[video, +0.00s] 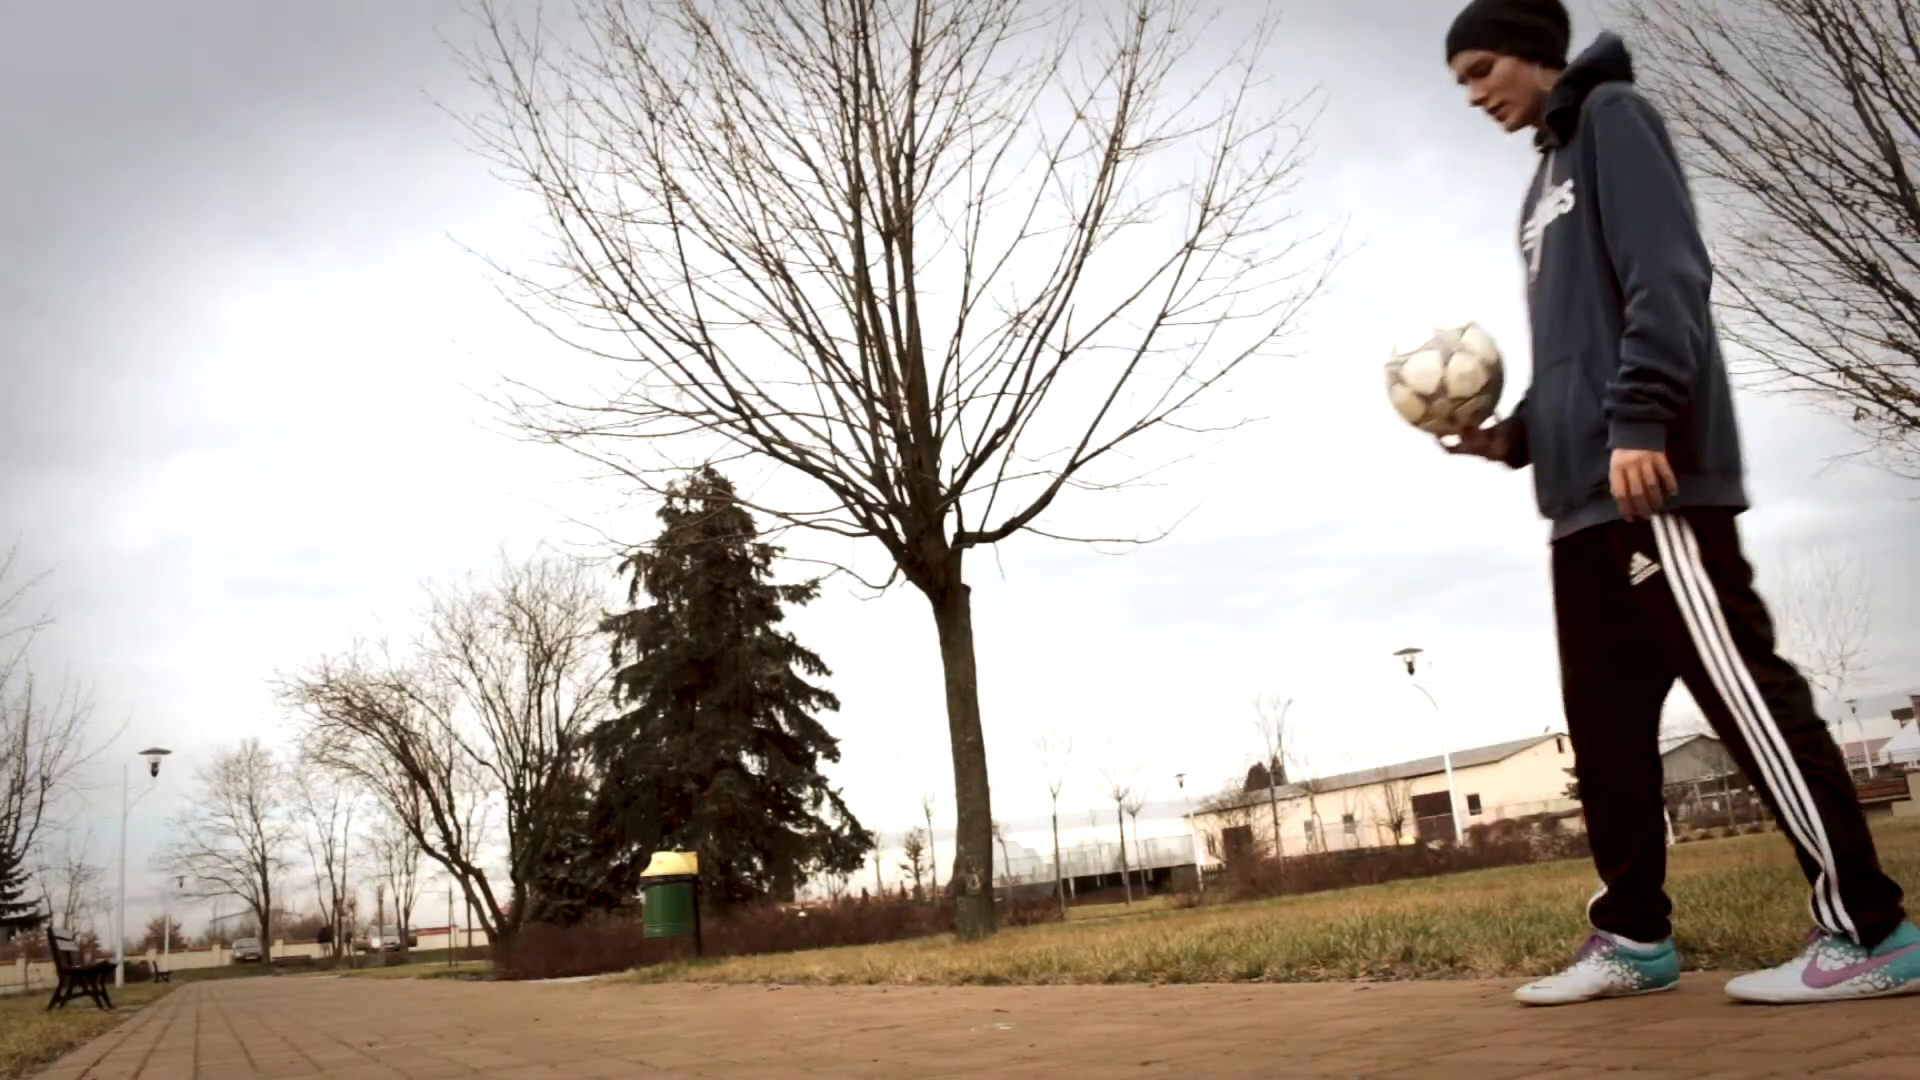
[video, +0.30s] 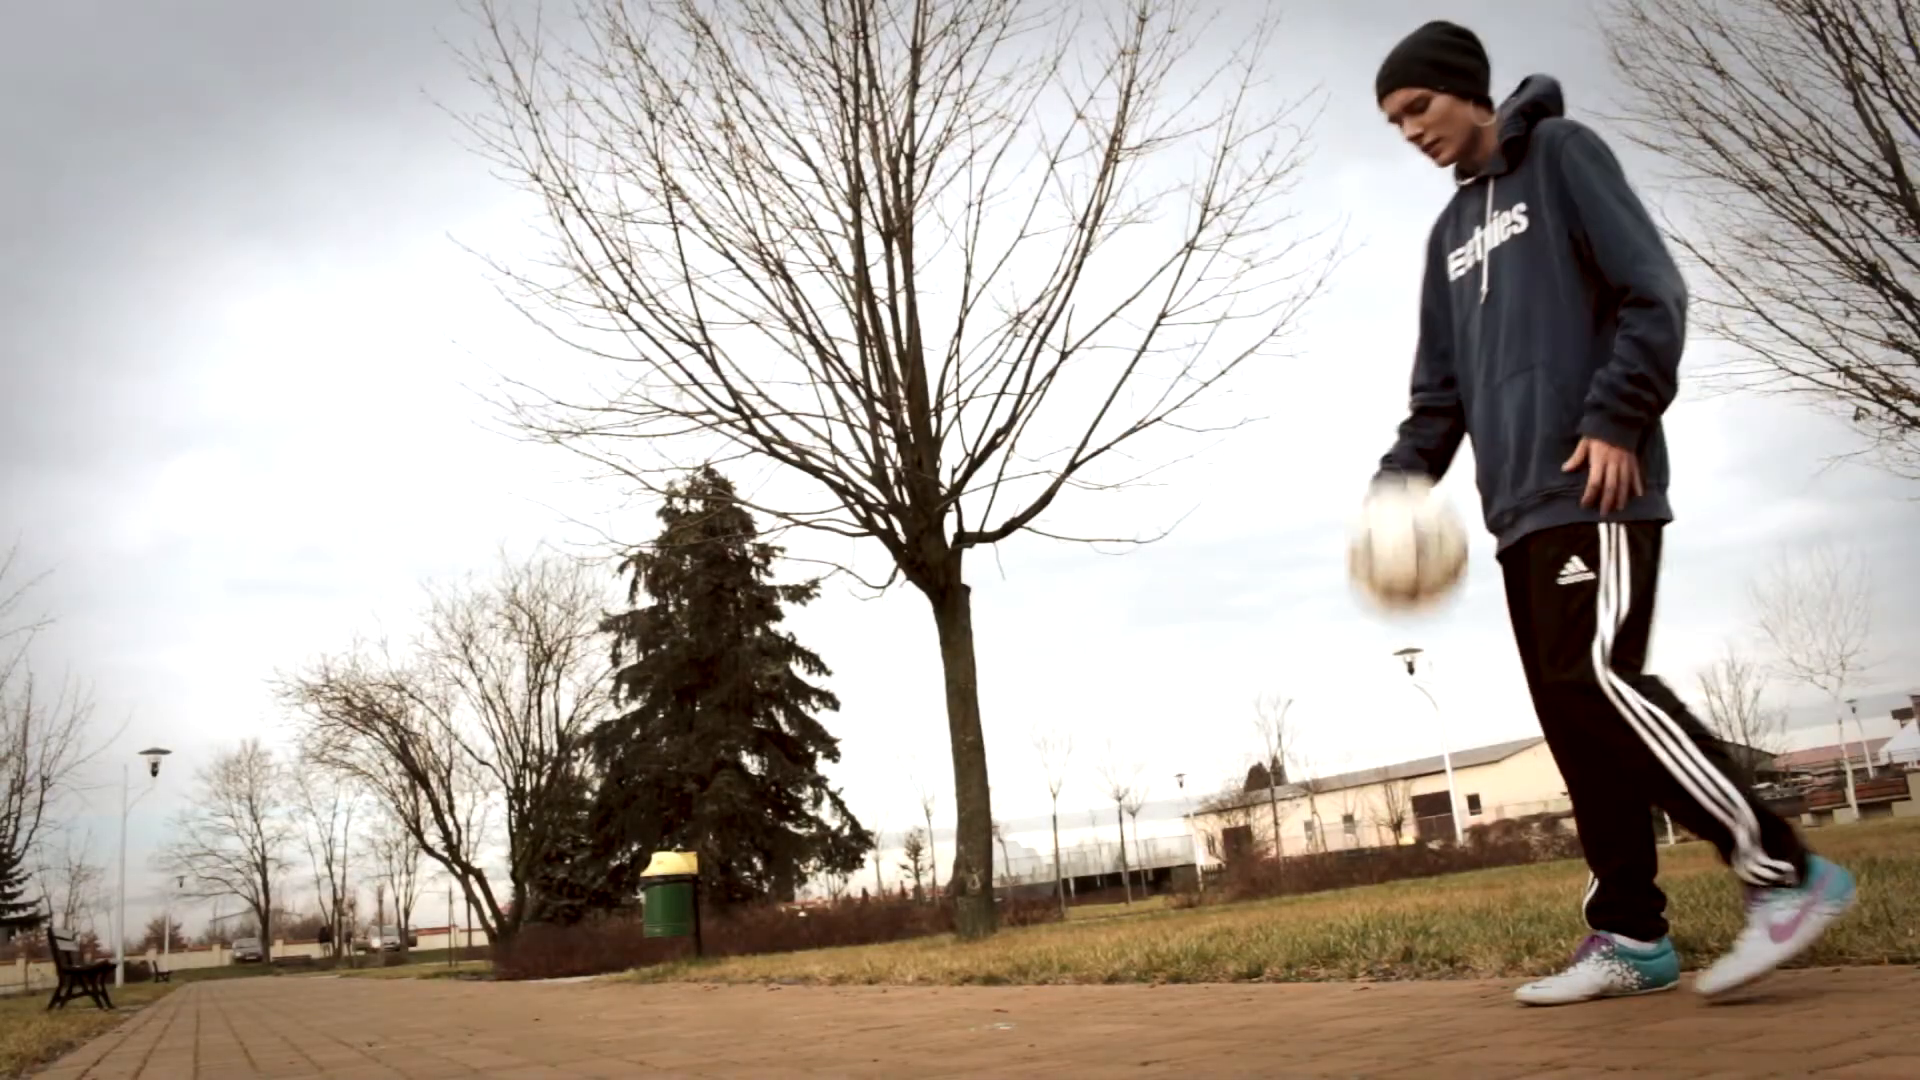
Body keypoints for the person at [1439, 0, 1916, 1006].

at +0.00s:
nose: (1476, 96)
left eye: (1481, 71)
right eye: (1465, 85)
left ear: (1533, 49)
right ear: (1483, 88)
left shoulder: (1612, 116)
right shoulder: (1544, 174)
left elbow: (1665, 273)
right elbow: (1576, 346)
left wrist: (1642, 419)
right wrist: (1519, 431)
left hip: (1657, 475)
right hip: (1587, 495)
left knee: (1750, 699)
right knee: (1605, 724)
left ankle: (1870, 930)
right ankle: (1633, 937)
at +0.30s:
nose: (1413, 132)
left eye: (1420, 108)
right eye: (1399, 122)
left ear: (1469, 86)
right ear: (1406, 130)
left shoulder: (1560, 152)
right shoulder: (1448, 233)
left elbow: (1654, 297)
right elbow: (1440, 395)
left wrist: (1616, 421)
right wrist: (1394, 489)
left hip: (1596, 480)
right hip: (1519, 503)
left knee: (1602, 681)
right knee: (1569, 708)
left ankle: (1788, 876)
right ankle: (1631, 935)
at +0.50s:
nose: (1396, 142)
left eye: (1403, 118)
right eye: (1381, 133)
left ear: (1449, 96)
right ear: (1383, 142)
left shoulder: (1541, 162)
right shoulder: (1421, 241)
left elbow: (1613, 305)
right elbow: (1413, 386)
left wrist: (1620, 440)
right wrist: (1374, 480)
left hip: (1581, 485)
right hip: (1501, 512)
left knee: (1580, 692)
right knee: (1553, 710)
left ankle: (1654, 929)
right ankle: (1617, 930)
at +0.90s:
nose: (1390, 145)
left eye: (1399, 121)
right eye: (1375, 136)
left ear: (1445, 102)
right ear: (1376, 145)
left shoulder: (1529, 170)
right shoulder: (1418, 231)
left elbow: (1582, 316)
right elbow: (1439, 369)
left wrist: (1569, 462)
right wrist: (1447, 478)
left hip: (1559, 502)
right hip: (1465, 513)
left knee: (1600, 727)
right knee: (1417, 680)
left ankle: (1628, 944)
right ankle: (1515, 893)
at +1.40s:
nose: (1348, 160)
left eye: (1353, 136)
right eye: (1333, 151)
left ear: (1402, 111)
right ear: (1340, 155)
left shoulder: (1503, 178)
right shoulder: (1386, 247)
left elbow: (1578, 315)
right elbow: (1386, 404)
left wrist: (1595, 458)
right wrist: (1354, 519)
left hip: (1528, 494)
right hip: (1441, 516)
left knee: (1496, 708)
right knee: (1466, 719)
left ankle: (1590, 921)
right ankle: (1535, 945)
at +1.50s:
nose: (1333, 171)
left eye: (1337, 147)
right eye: (1318, 162)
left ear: (1387, 119)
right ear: (1328, 164)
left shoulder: (1490, 178)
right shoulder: (1377, 257)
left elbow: (1584, 301)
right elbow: (1360, 404)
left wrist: (1645, 445)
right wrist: (1286, 512)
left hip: (1525, 491)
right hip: (1449, 510)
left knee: (1429, 695)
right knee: (1479, 716)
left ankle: (1467, 930)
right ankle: (1546, 949)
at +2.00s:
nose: (1324, 163)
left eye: (1327, 138)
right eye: (1309, 154)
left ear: (1377, 108)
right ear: (1321, 153)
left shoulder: (1474, 169)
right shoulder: (1380, 238)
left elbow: (1547, 318)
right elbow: (1421, 388)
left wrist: (1520, 447)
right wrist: (1399, 499)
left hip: (1539, 503)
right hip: (1447, 525)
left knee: (1558, 720)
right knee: (1439, 710)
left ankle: (1607, 952)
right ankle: (1521, 938)